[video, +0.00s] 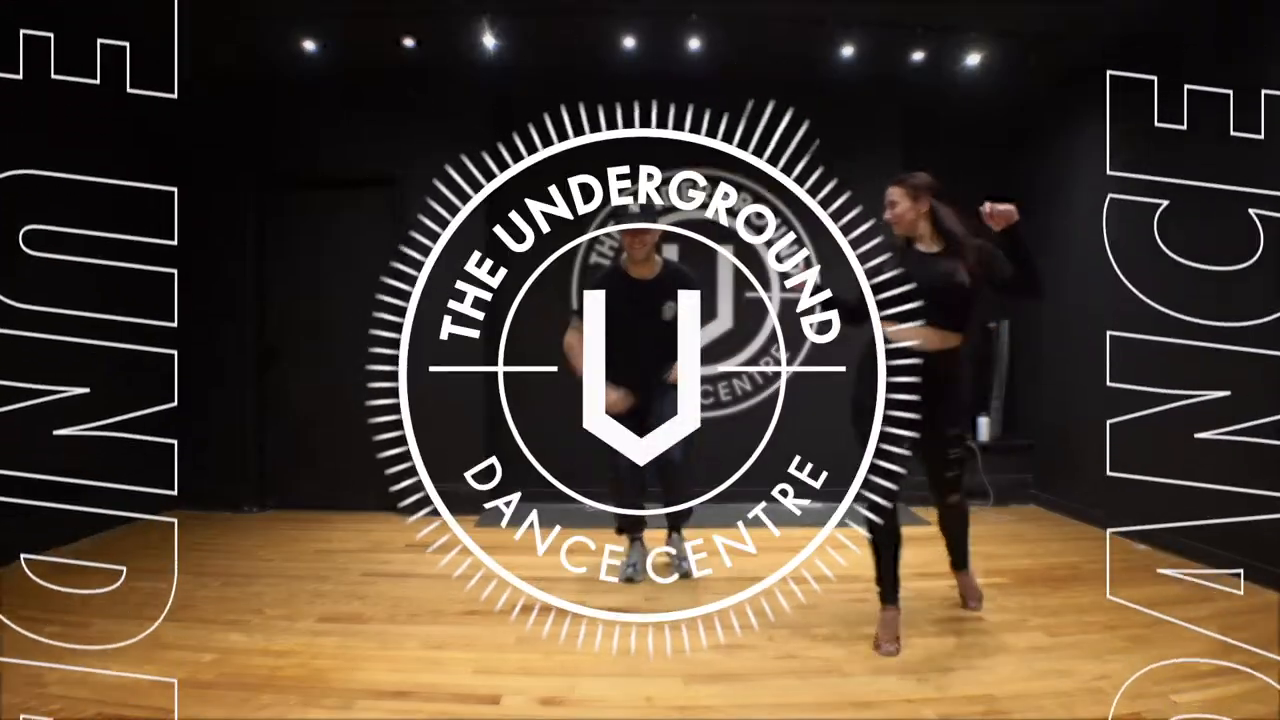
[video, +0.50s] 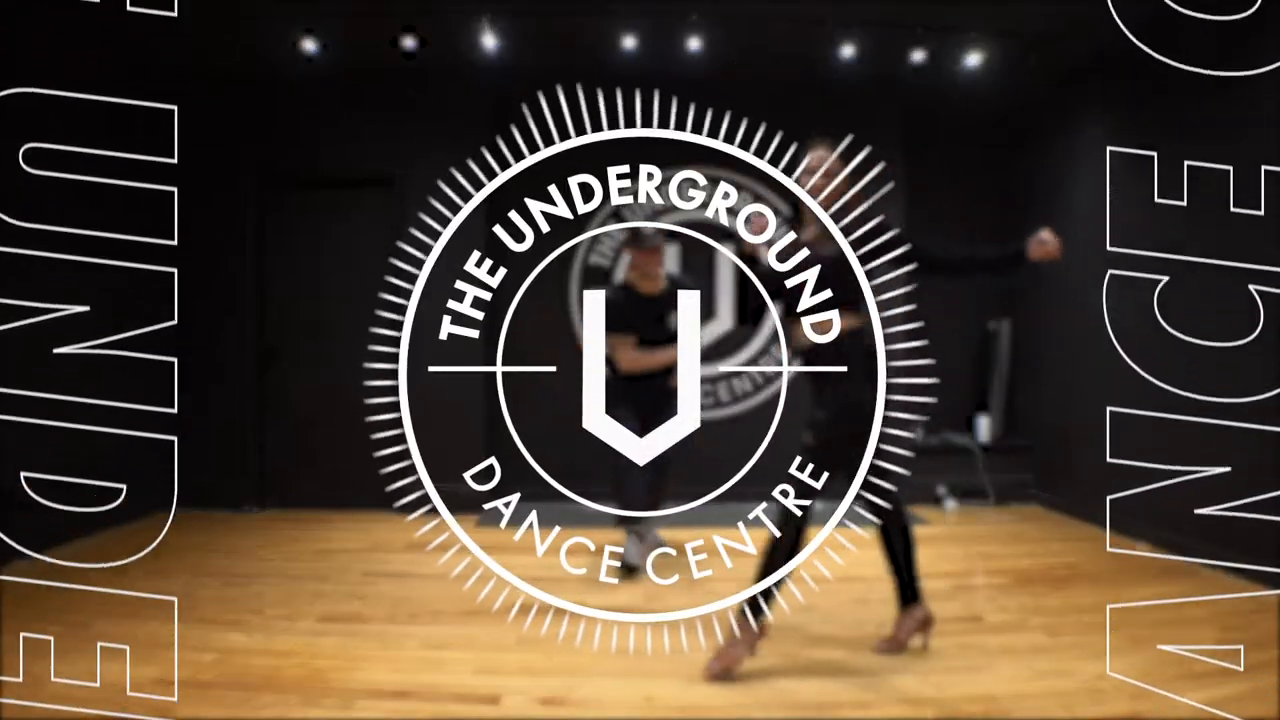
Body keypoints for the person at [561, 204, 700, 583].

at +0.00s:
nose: (636, 240)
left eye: (644, 233)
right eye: (629, 233)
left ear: (659, 235)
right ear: (620, 237)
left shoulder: (680, 281)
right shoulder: (605, 283)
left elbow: (698, 332)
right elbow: (573, 340)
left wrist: (685, 365)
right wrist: (601, 387)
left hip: (666, 385)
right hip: (618, 388)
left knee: (673, 458)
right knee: (624, 463)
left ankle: (677, 538)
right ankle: (634, 544)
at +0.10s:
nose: (628, 244)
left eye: (636, 236)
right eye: (624, 236)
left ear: (654, 239)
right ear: (617, 241)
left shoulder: (679, 284)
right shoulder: (604, 286)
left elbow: (695, 333)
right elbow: (574, 331)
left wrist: (685, 366)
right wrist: (552, 369)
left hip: (663, 388)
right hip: (617, 389)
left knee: (667, 458)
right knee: (624, 463)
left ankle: (666, 526)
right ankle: (633, 542)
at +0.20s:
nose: (628, 246)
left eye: (636, 238)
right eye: (623, 239)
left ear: (653, 241)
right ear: (616, 243)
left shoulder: (677, 287)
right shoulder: (606, 287)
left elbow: (693, 338)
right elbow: (586, 335)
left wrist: (682, 370)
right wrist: (556, 358)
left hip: (661, 388)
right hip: (617, 388)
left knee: (658, 459)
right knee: (624, 462)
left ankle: (657, 524)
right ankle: (633, 539)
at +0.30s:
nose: (632, 253)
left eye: (639, 245)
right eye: (626, 246)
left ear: (654, 246)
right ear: (618, 249)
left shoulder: (677, 291)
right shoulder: (606, 292)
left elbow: (691, 340)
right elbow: (588, 339)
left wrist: (683, 374)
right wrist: (606, 357)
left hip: (662, 388)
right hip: (620, 390)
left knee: (659, 457)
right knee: (626, 459)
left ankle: (648, 525)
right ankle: (633, 537)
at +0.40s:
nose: (640, 261)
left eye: (645, 252)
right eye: (633, 253)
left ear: (657, 252)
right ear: (623, 255)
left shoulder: (679, 292)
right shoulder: (612, 297)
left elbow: (690, 344)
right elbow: (611, 358)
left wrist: (683, 374)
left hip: (663, 392)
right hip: (622, 393)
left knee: (659, 459)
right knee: (629, 461)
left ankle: (643, 528)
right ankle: (636, 534)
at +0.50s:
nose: (652, 261)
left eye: (656, 253)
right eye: (644, 254)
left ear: (663, 255)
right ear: (631, 257)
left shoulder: (680, 295)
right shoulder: (617, 300)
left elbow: (691, 341)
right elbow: (625, 359)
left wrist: (682, 374)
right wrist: (679, 352)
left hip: (664, 391)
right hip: (626, 394)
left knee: (660, 458)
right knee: (632, 460)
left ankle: (642, 530)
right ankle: (639, 532)